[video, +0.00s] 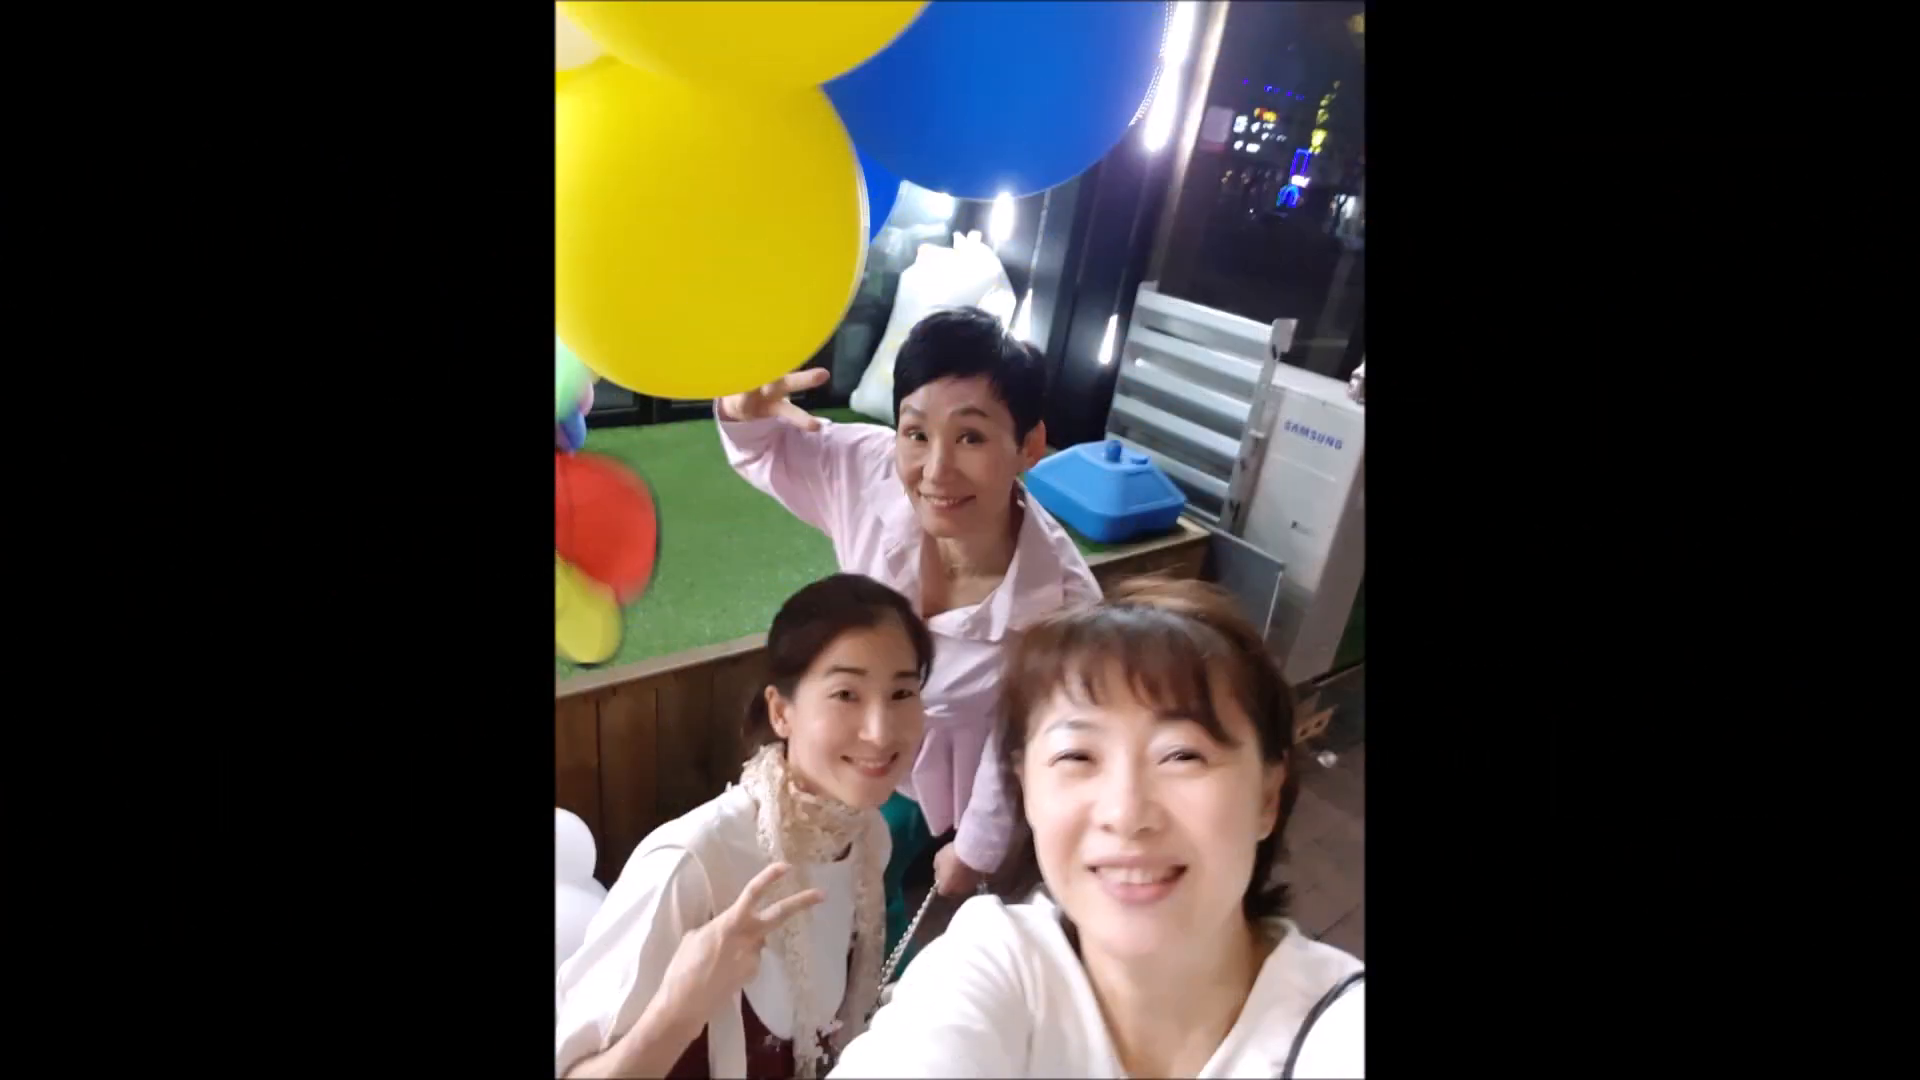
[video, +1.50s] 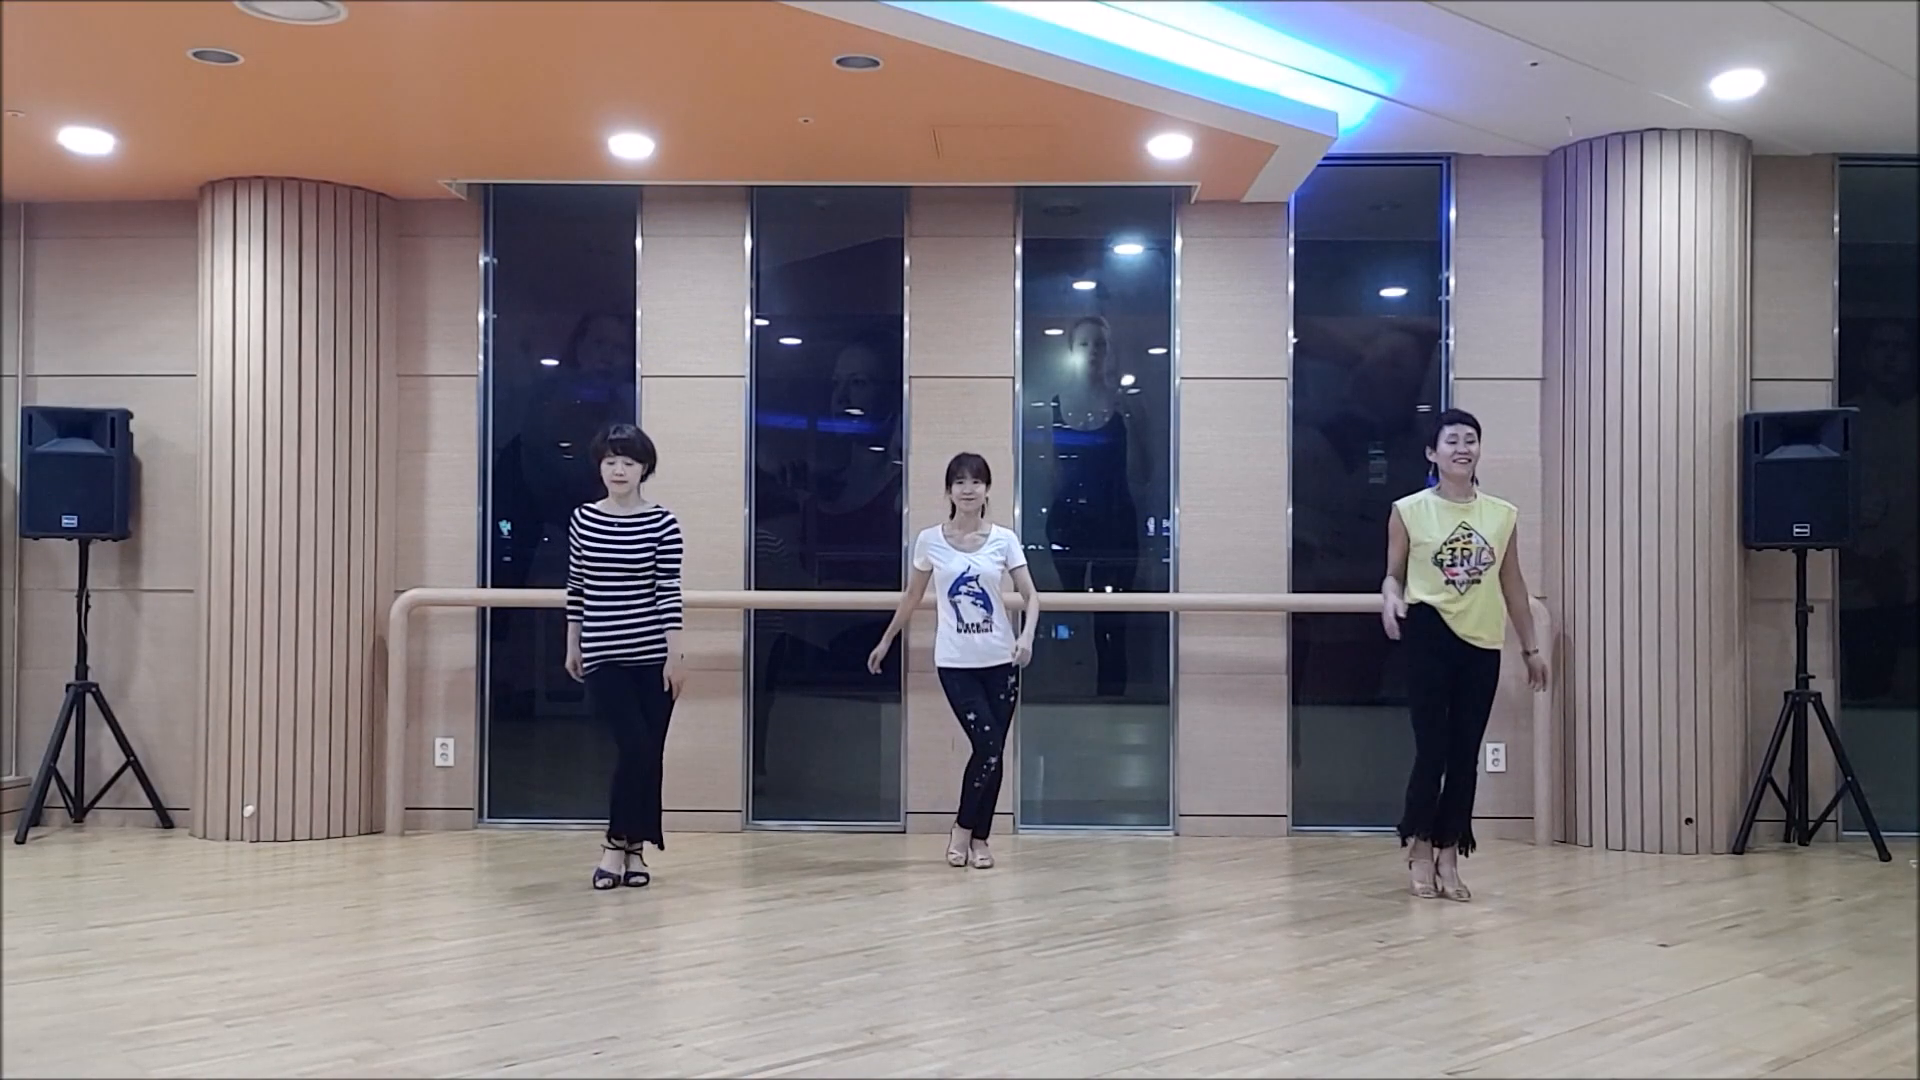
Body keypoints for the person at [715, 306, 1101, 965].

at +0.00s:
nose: (937, 469)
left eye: (971, 438)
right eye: (917, 435)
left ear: (1030, 448)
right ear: (895, 434)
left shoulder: (1058, 604)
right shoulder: (869, 470)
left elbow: (1023, 756)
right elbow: (771, 446)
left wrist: (973, 855)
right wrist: (749, 410)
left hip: (951, 818)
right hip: (844, 773)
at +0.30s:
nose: (936, 468)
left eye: (971, 438)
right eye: (917, 434)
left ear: (1030, 448)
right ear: (896, 434)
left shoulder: (1058, 605)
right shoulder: (869, 470)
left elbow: (1025, 753)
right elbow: (771, 447)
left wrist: (972, 856)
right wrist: (748, 411)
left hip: (955, 824)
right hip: (847, 776)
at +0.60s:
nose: (943, 489)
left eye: (952, 482)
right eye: (935, 483)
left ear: (965, 490)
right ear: (923, 492)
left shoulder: (984, 546)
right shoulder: (904, 546)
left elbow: (1013, 608)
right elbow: (892, 602)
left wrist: (1033, 668)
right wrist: (886, 646)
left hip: (968, 675)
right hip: (917, 675)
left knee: (949, 767)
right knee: (909, 773)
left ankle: (963, 857)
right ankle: (939, 865)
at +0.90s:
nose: (952, 498)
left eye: (961, 491)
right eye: (944, 491)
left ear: (973, 499)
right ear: (932, 499)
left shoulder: (991, 549)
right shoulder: (915, 554)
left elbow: (1016, 606)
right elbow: (901, 620)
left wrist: (1017, 651)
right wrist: (887, 677)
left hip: (985, 679)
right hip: (933, 678)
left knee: (983, 769)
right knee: (922, 770)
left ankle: (978, 836)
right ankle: (937, 862)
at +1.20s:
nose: (961, 491)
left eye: (969, 484)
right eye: (953, 485)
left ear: (981, 491)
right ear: (941, 493)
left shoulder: (1001, 540)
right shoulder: (926, 546)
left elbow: (1031, 596)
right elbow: (915, 601)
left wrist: (1014, 621)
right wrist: (906, 638)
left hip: (999, 661)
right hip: (951, 659)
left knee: (994, 749)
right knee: (975, 736)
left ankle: (982, 839)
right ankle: (960, 824)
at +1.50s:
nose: (969, 489)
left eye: (976, 481)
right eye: (960, 482)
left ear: (987, 488)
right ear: (948, 489)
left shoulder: (1004, 540)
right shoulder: (931, 540)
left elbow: (1031, 596)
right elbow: (911, 597)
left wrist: (1027, 637)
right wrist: (885, 642)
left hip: (1000, 660)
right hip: (955, 663)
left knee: (994, 753)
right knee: (986, 746)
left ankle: (981, 839)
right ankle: (962, 829)